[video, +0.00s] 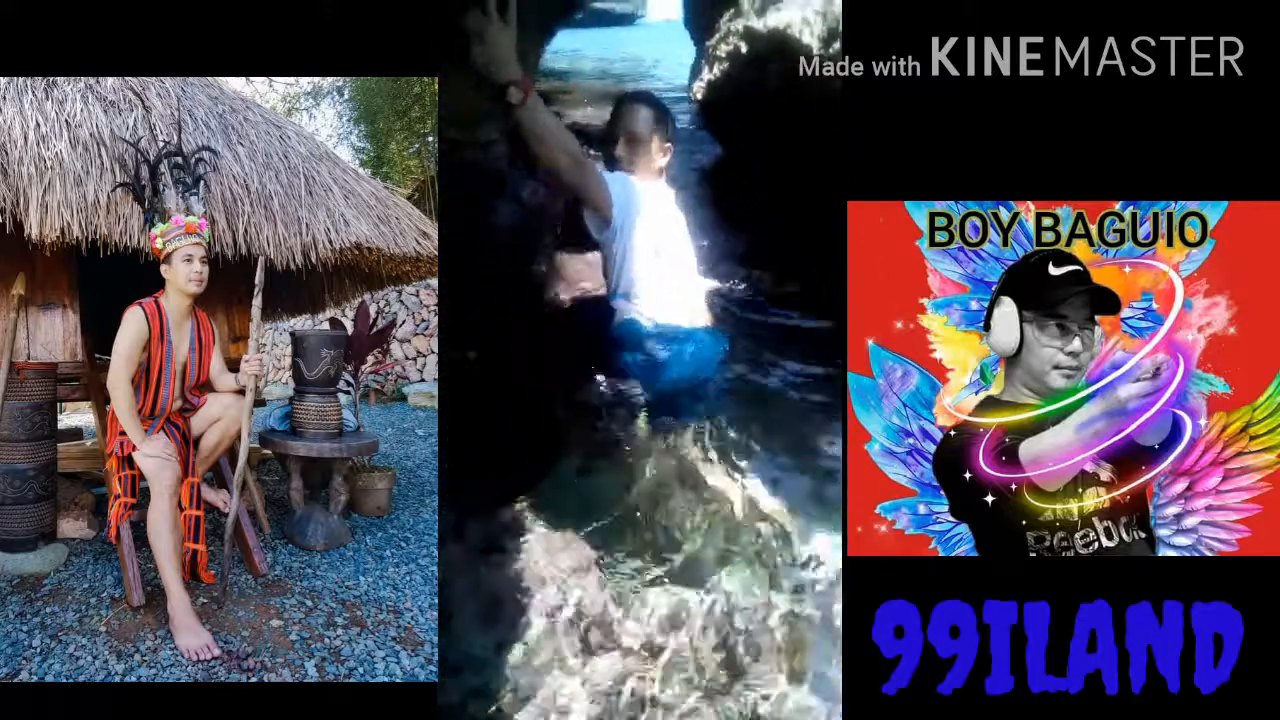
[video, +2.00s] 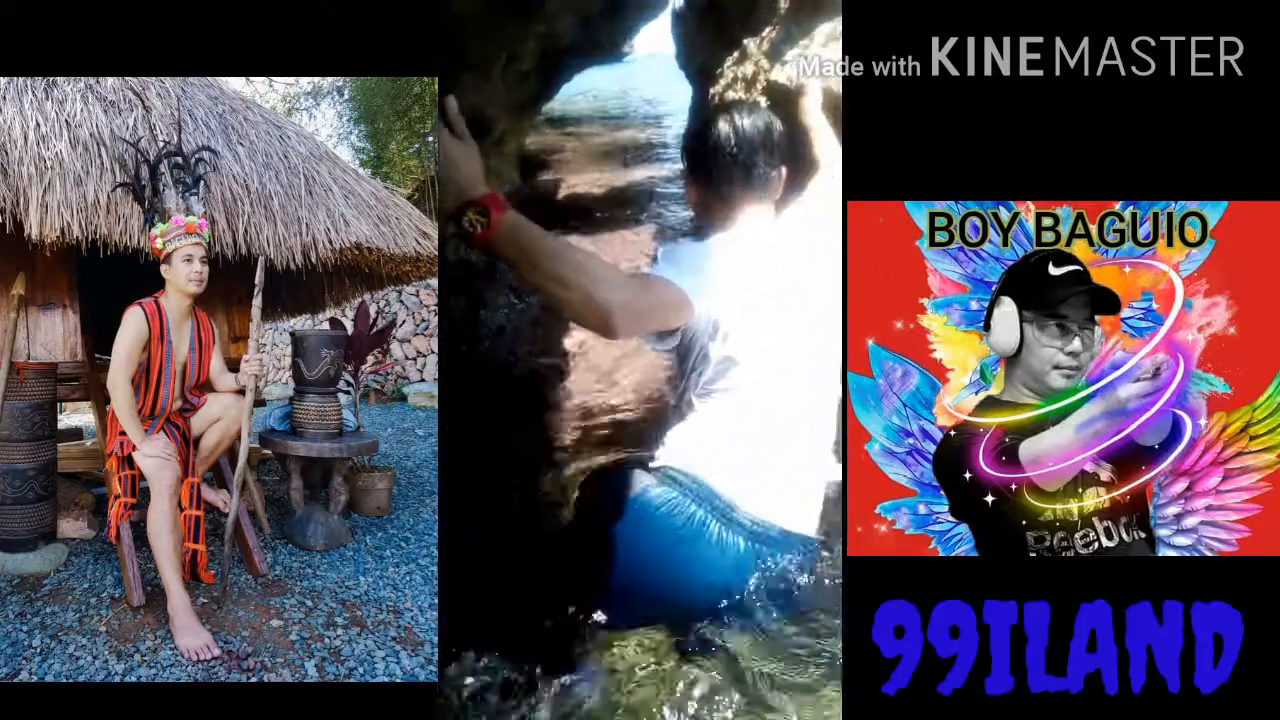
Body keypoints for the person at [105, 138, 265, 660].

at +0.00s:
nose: (198, 269)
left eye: (204, 260)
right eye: (187, 261)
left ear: (208, 267)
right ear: (164, 267)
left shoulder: (206, 323)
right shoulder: (142, 317)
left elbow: (220, 380)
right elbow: (117, 381)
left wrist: (242, 381)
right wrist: (138, 440)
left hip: (182, 420)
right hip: (141, 425)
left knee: (238, 407)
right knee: (169, 478)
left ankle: (192, 478)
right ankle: (179, 605)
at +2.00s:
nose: (198, 269)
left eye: (203, 261)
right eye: (187, 261)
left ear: (208, 268)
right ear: (165, 267)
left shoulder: (206, 324)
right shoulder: (142, 316)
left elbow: (220, 380)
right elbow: (117, 381)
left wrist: (243, 379)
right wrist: (138, 440)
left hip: (182, 420)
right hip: (142, 425)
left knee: (239, 407)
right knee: (169, 477)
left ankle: (192, 478)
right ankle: (179, 605)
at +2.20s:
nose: (198, 269)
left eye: (203, 261)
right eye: (187, 261)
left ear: (208, 268)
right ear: (165, 267)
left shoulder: (206, 324)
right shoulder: (142, 316)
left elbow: (220, 380)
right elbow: (117, 381)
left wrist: (243, 378)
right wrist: (138, 440)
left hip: (182, 420)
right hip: (141, 426)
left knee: (239, 407)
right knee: (168, 478)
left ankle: (192, 478)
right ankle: (179, 605)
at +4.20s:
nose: (198, 269)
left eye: (203, 260)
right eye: (187, 261)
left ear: (207, 266)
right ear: (164, 267)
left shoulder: (206, 323)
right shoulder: (142, 316)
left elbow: (220, 381)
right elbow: (117, 380)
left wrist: (243, 380)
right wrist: (138, 440)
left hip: (180, 419)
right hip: (140, 424)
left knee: (237, 407)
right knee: (169, 476)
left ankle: (191, 479)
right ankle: (179, 605)